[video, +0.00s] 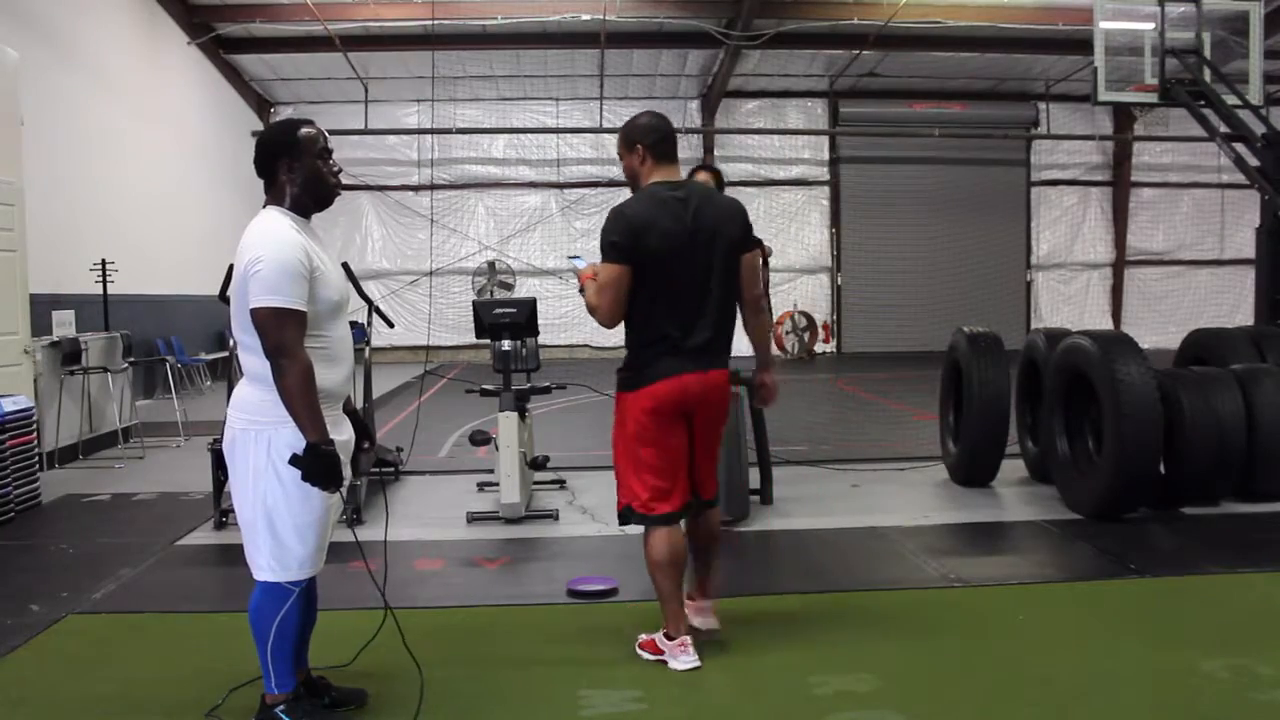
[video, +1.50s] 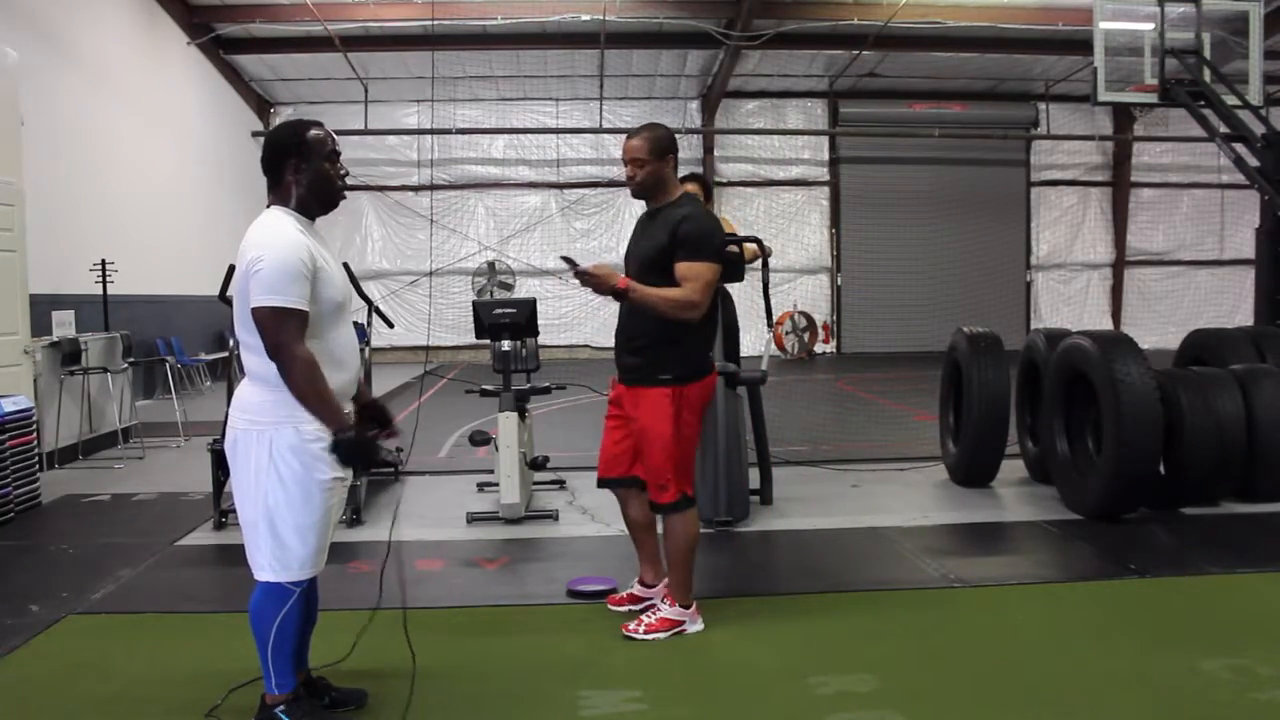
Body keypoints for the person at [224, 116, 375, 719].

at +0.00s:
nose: (337, 167)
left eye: (333, 156)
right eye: (324, 157)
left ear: (294, 171)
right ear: (289, 169)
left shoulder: (297, 238)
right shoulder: (274, 242)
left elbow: (311, 346)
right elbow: (284, 355)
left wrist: (350, 409)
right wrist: (317, 442)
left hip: (299, 427)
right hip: (276, 431)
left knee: (300, 566)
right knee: (283, 571)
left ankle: (297, 680)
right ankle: (281, 697)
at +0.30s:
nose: (338, 167)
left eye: (334, 156)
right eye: (325, 157)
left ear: (295, 171)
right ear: (291, 170)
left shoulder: (297, 237)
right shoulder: (276, 240)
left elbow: (310, 343)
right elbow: (284, 348)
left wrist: (349, 408)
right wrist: (320, 438)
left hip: (298, 427)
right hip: (275, 431)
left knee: (299, 566)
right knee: (283, 571)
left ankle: (296, 681)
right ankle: (281, 697)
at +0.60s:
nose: (339, 169)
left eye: (335, 158)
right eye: (326, 159)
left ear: (295, 171)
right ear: (291, 170)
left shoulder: (298, 236)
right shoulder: (276, 238)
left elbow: (314, 342)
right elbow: (287, 347)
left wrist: (353, 409)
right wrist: (323, 435)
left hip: (299, 429)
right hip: (275, 432)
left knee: (299, 566)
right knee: (282, 571)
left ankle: (296, 680)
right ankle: (280, 698)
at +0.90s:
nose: (340, 170)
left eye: (337, 158)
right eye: (328, 159)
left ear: (295, 172)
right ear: (292, 170)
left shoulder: (296, 239)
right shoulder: (275, 242)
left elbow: (315, 345)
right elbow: (285, 351)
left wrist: (352, 411)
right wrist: (324, 440)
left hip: (300, 429)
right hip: (276, 433)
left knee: (299, 567)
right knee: (283, 572)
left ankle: (297, 681)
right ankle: (280, 698)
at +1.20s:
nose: (342, 170)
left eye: (338, 159)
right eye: (329, 159)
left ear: (296, 171)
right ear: (294, 169)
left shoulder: (298, 239)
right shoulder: (277, 243)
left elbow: (315, 346)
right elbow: (285, 354)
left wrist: (351, 412)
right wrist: (319, 442)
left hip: (301, 428)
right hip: (278, 432)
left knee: (301, 567)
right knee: (284, 572)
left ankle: (296, 681)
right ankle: (280, 699)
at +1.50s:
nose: (344, 171)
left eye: (340, 159)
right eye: (332, 160)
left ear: (300, 172)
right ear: (297, 170)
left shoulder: (302, 239)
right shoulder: (279, 241)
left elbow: (317, 340)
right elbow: (285, 348)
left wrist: (358, 400)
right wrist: (341, 426)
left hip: (306, 429)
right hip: (281, 434)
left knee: (302, 565)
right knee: (283, 570)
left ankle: (297, 681)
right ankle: (280, 698)